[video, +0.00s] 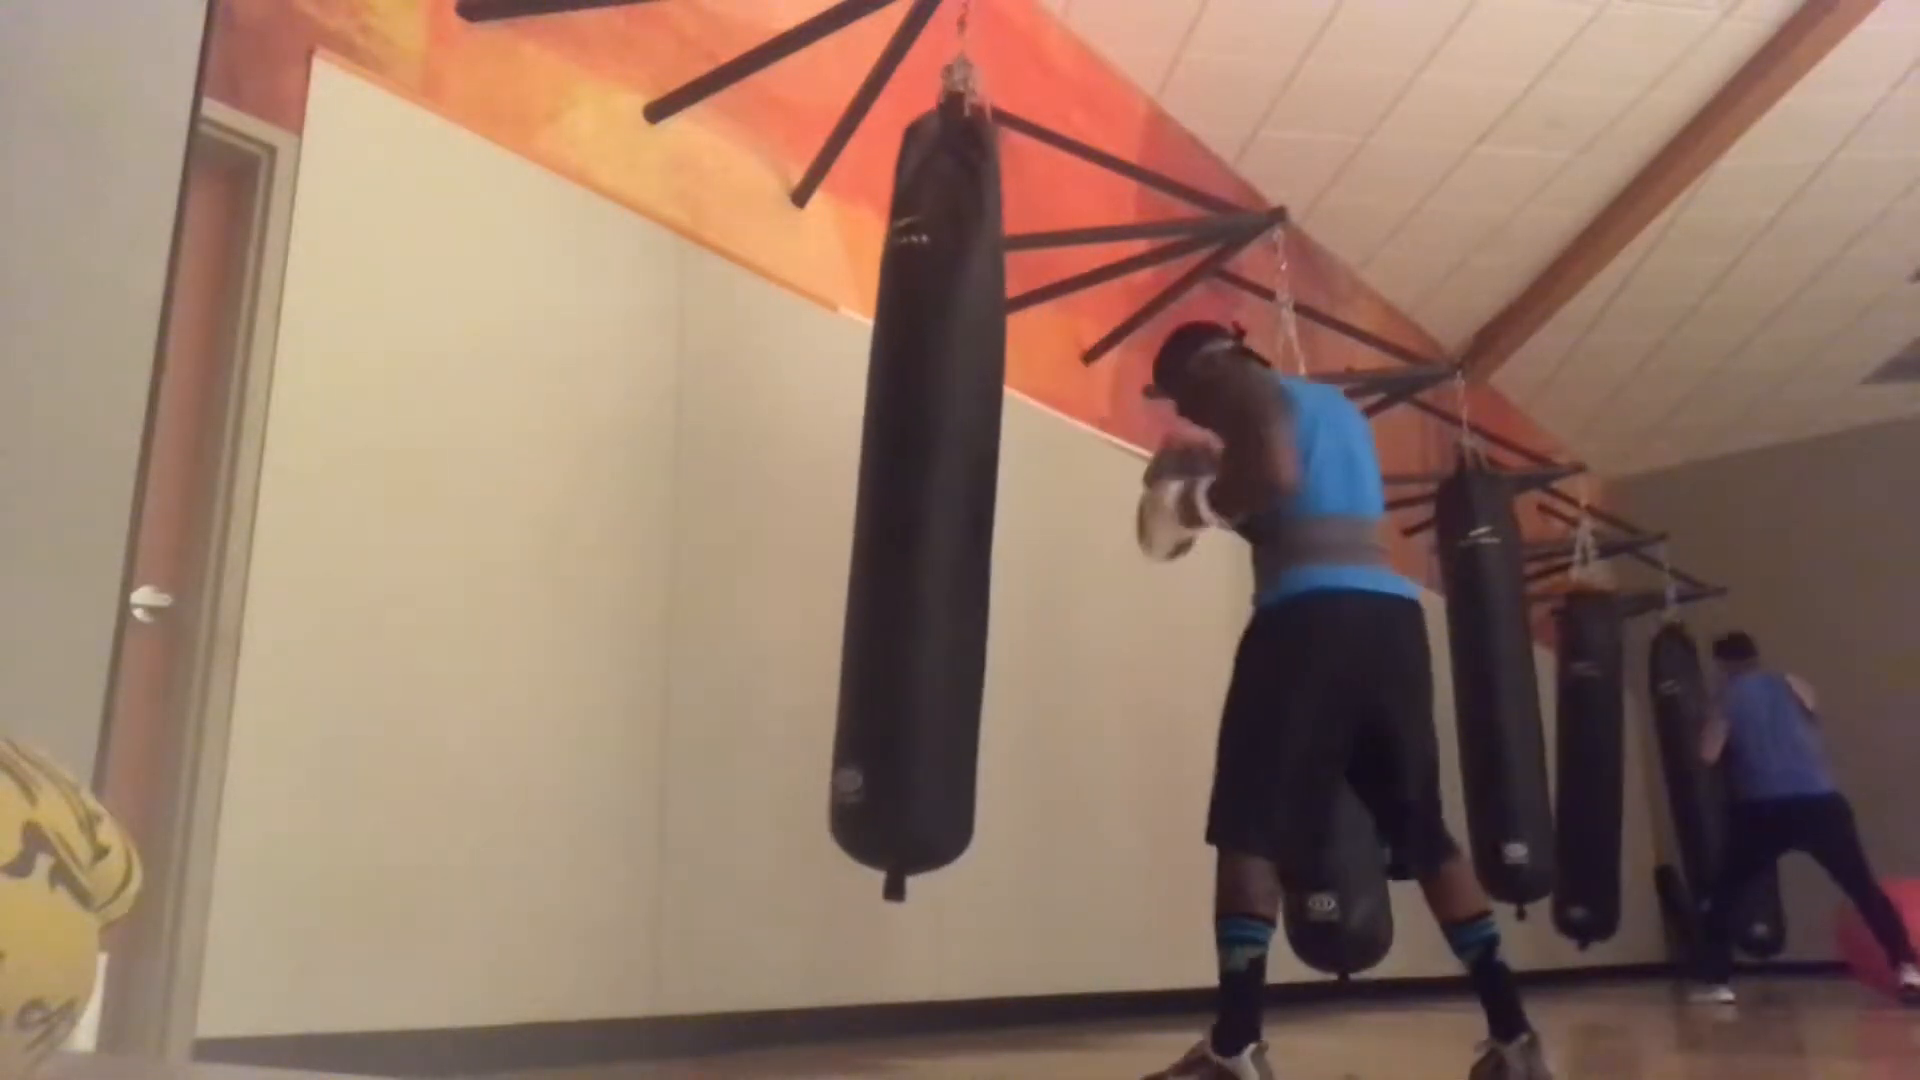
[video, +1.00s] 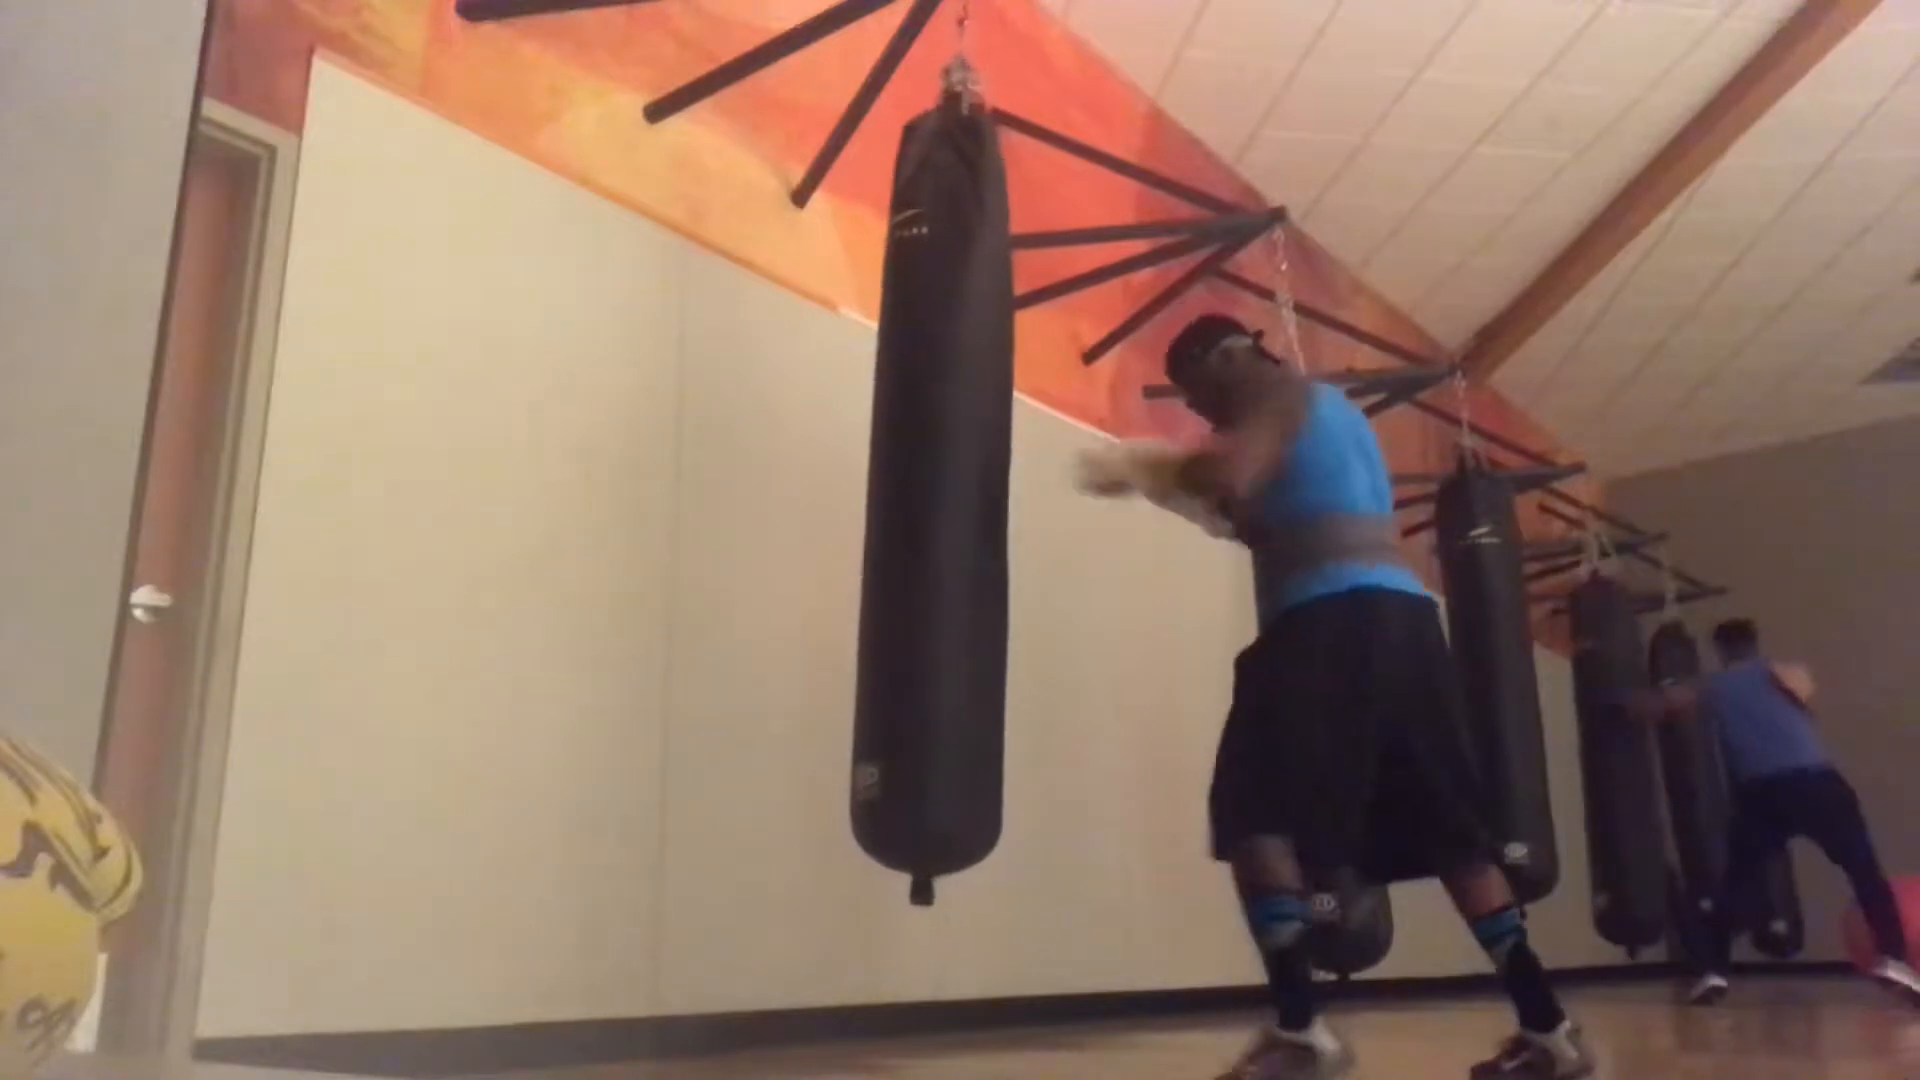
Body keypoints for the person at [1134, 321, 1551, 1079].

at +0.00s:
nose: (1190, 409)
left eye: (1185, 393)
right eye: (1182, 399)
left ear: (1205, 368)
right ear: (1243, 347)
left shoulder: (1236, 382)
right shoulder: (1337, 406)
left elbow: (1275, 472)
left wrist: (1200, 496)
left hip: (1305, 629)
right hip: (1393, 626)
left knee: (1246, 832)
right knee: (1424, 831)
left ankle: (1235, 1042)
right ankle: (1513, 1034)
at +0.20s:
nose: (1198, 399)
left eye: (1195, 383)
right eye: (1194, 389)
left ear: (1219, 356)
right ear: (1258, 341)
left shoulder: (1252, 375)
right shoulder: (1343, 403)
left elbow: (1190, 450)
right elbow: (1270, 511)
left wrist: (1096, 462)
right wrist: (1176, 488)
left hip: (1306, 620)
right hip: (1399, 619)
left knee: (1236, 812)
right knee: (1433, 826)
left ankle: (1254, 1032)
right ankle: (1515, 1033)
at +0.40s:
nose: (1168, 395)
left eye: (1167, 380)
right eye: (1164, 385)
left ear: (1190, 353)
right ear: (1224, 337)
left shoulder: (1228, 375)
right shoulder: (1307, 406)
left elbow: (1105, 454)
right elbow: (1302, 521)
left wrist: (1035, 456)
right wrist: (1205, 511)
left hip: (1288, 629)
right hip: (1368, 629)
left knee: (1236, 830)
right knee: (1405, 840)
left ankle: (1263, 1046)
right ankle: (1509, 1028)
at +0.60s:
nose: (1165, 395)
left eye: (1160, 376)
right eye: (1157, 385)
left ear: (1191, 338)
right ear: (1206, 335)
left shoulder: (1265, 369)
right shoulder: (1248, 411)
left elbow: (1257, 482)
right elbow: (1164, 495)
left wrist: (1183, 471)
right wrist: (1062, 509)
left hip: (1303, 618)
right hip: (1358, 616)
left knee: (1268, 828)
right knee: (1400, 813)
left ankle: (1268, 1048)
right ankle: (1532, 1006)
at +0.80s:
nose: (1201, 406)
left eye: (1193, 383)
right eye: (1189, 396)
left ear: (1219, 339)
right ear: (1243, 335)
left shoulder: (1279, 374)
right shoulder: (1313, 402)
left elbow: (1264, 485)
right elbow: (1277, 537)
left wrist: (1189, 470)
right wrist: (1176, 521)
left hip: (1325, 624)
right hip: (1382, 622)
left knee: (1264, 826)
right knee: (1416, 824)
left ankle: (1264, 1042)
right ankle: (1539, 1021)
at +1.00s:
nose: (1206, 411)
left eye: (1202, 394)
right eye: (1199, 402)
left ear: (1225, 361)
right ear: (1258, 347)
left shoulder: (1274, 393)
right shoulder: (1339, 409)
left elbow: (1229, 471)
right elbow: (1284, 529)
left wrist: (1137, 467)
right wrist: (1187, 496)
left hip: (1321, 630)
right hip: (1409, 627)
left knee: (1250, 815)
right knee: (1449, 825)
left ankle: (1298, 1028)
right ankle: (1546, 1026)